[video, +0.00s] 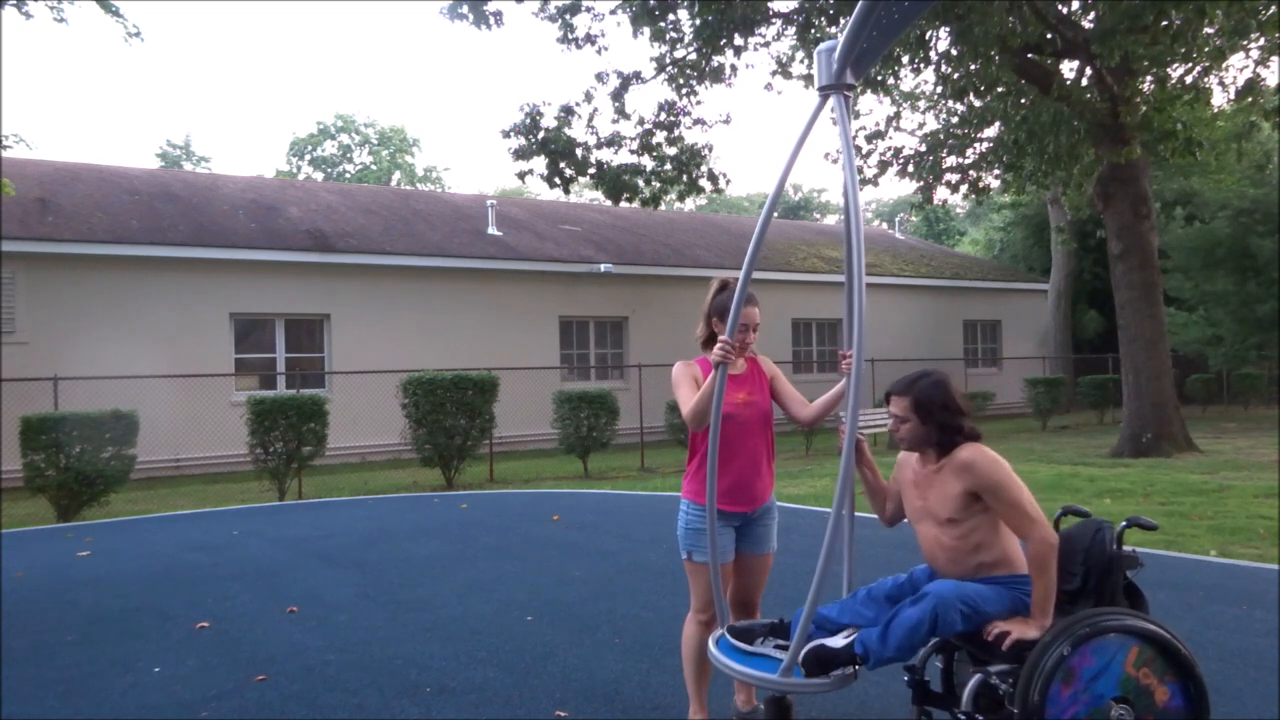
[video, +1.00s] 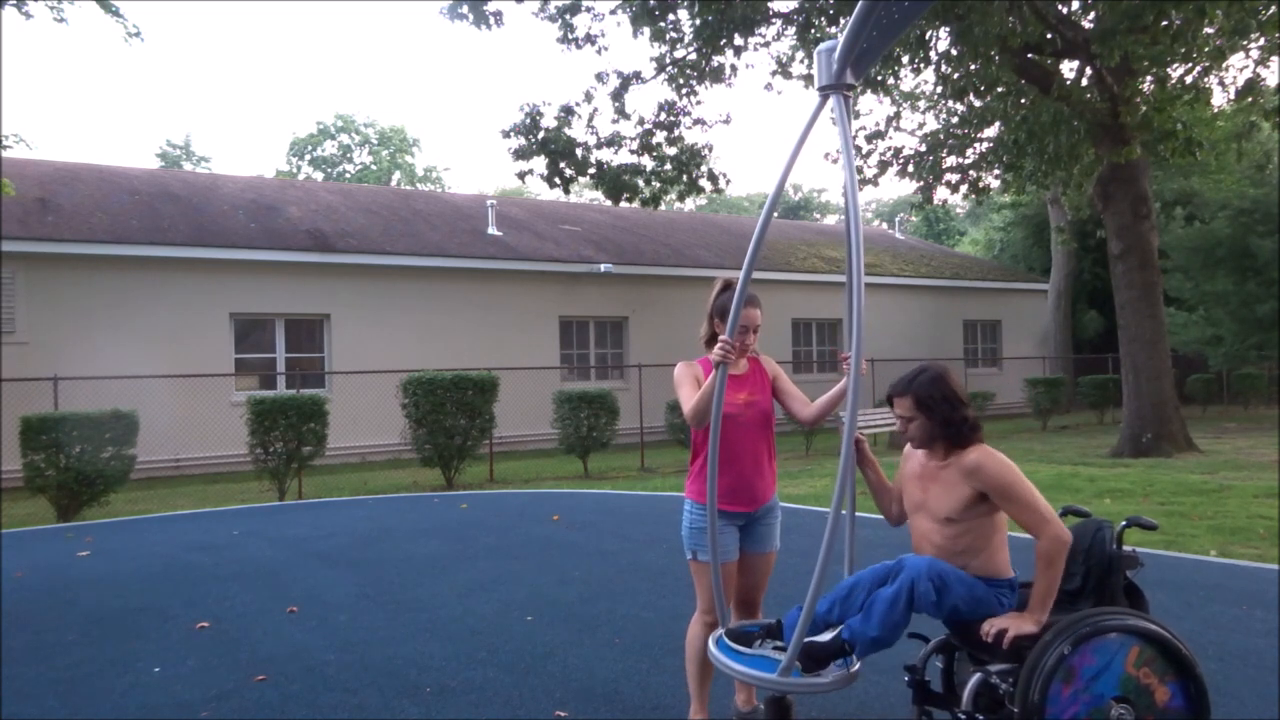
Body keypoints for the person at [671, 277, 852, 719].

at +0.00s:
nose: (747, 336)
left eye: (754, 328)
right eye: (740, 327)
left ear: (759, 326)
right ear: (715, 325)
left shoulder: (763, 365)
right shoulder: (689, 368)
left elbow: (807, 415)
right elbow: (694, 416)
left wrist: (848, 379)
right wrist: (719, 368)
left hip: (760, 507)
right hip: (706, 509)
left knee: (746, 608)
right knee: (705, 614)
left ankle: (745, 696)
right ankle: (697, 709)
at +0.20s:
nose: (749, 337)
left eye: (754, 328)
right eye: (740, 328)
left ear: (759, 326)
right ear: (716, 325)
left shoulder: (764, 366)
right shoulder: (689, 369)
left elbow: (807, 413)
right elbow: (695, 418)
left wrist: (847, 380)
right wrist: (719, 370)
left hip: (760, 507)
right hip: (707, 509)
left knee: (747, 609)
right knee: (705, 614)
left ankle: (745, 696)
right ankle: (697, 708)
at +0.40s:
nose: (748, 337)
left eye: (754, 328)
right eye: (740, 328)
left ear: (759, 326)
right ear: (716, 325)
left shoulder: (765, 366)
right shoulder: (690, 369)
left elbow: (809, 413)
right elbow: (695, 417)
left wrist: (848, 380)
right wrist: (719, 370)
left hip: (760, 507)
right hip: (706, 509)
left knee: (748, 608)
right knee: (706, 614)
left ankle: (745, 696)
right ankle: (697, 708)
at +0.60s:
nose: (748, 337)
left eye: (755, 329)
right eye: (740, 328)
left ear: (760, 327)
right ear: (716, 325)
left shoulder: (764, 365)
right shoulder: (690, 369)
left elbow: (808, 413)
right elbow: (696, 417)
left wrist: (848, 379)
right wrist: (719, 370)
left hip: (760, 506)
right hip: (707, 508)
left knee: (748, 608)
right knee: (706, 614)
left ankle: (746, 696)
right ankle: (697, 709)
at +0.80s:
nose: (747, 338)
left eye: (754, 329)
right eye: (740, 329)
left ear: (759, 327)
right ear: (716, 325)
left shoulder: (764, 365)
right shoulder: (690, 369)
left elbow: (808, 413)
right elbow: (695, 416)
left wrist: (847, 379)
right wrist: (719, 370)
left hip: (761, 506)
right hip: (708, 508)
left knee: (748, 608)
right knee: (706, 614)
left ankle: (746, 696)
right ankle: (698, 709)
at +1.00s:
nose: (747, 338)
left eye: (754, 330)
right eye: (740, 329)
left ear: (760, 327)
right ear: (716, 325)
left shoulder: (764, 365)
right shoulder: (690, 369)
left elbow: (808, 413)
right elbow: (695, 416)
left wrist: (847, 379)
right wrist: (719, 370)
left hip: (762, 506)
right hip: (710, 508)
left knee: (749, 609)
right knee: (710, 616)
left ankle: (746, 697)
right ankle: (698, 710)